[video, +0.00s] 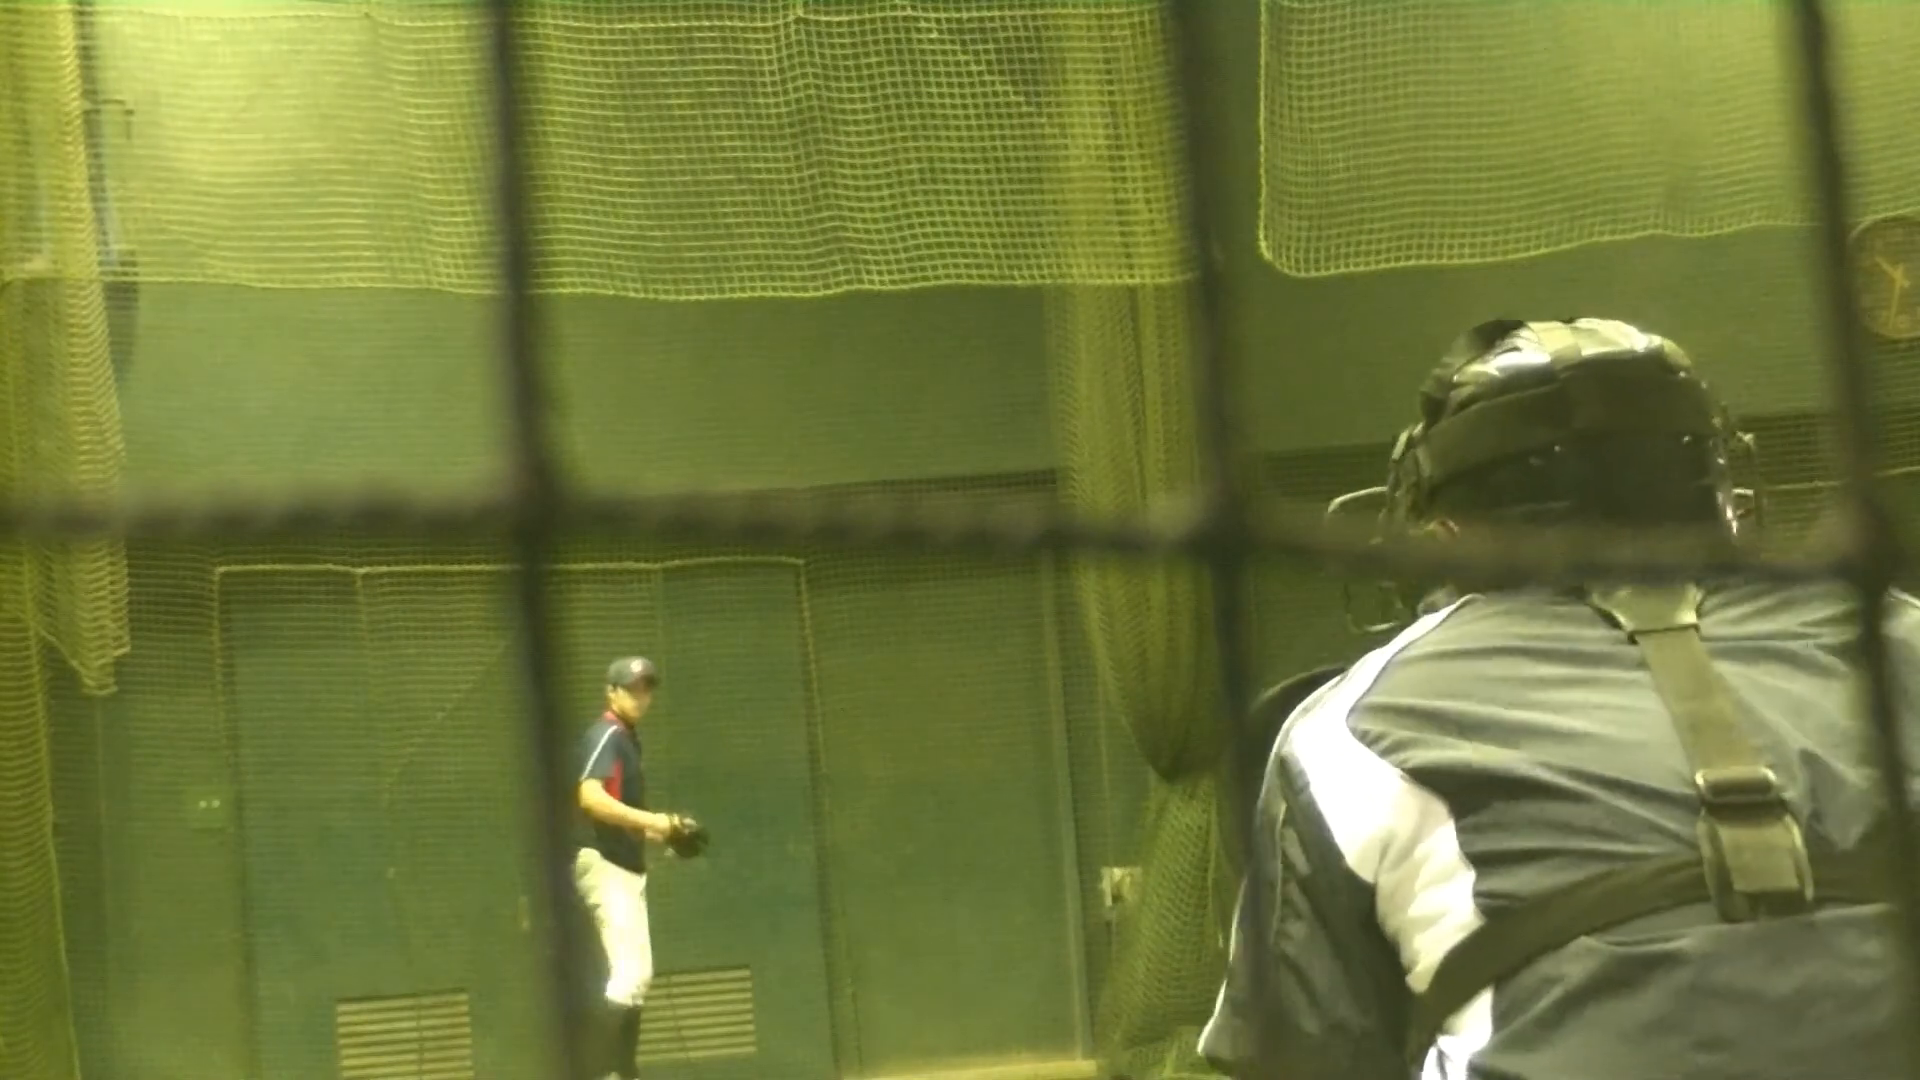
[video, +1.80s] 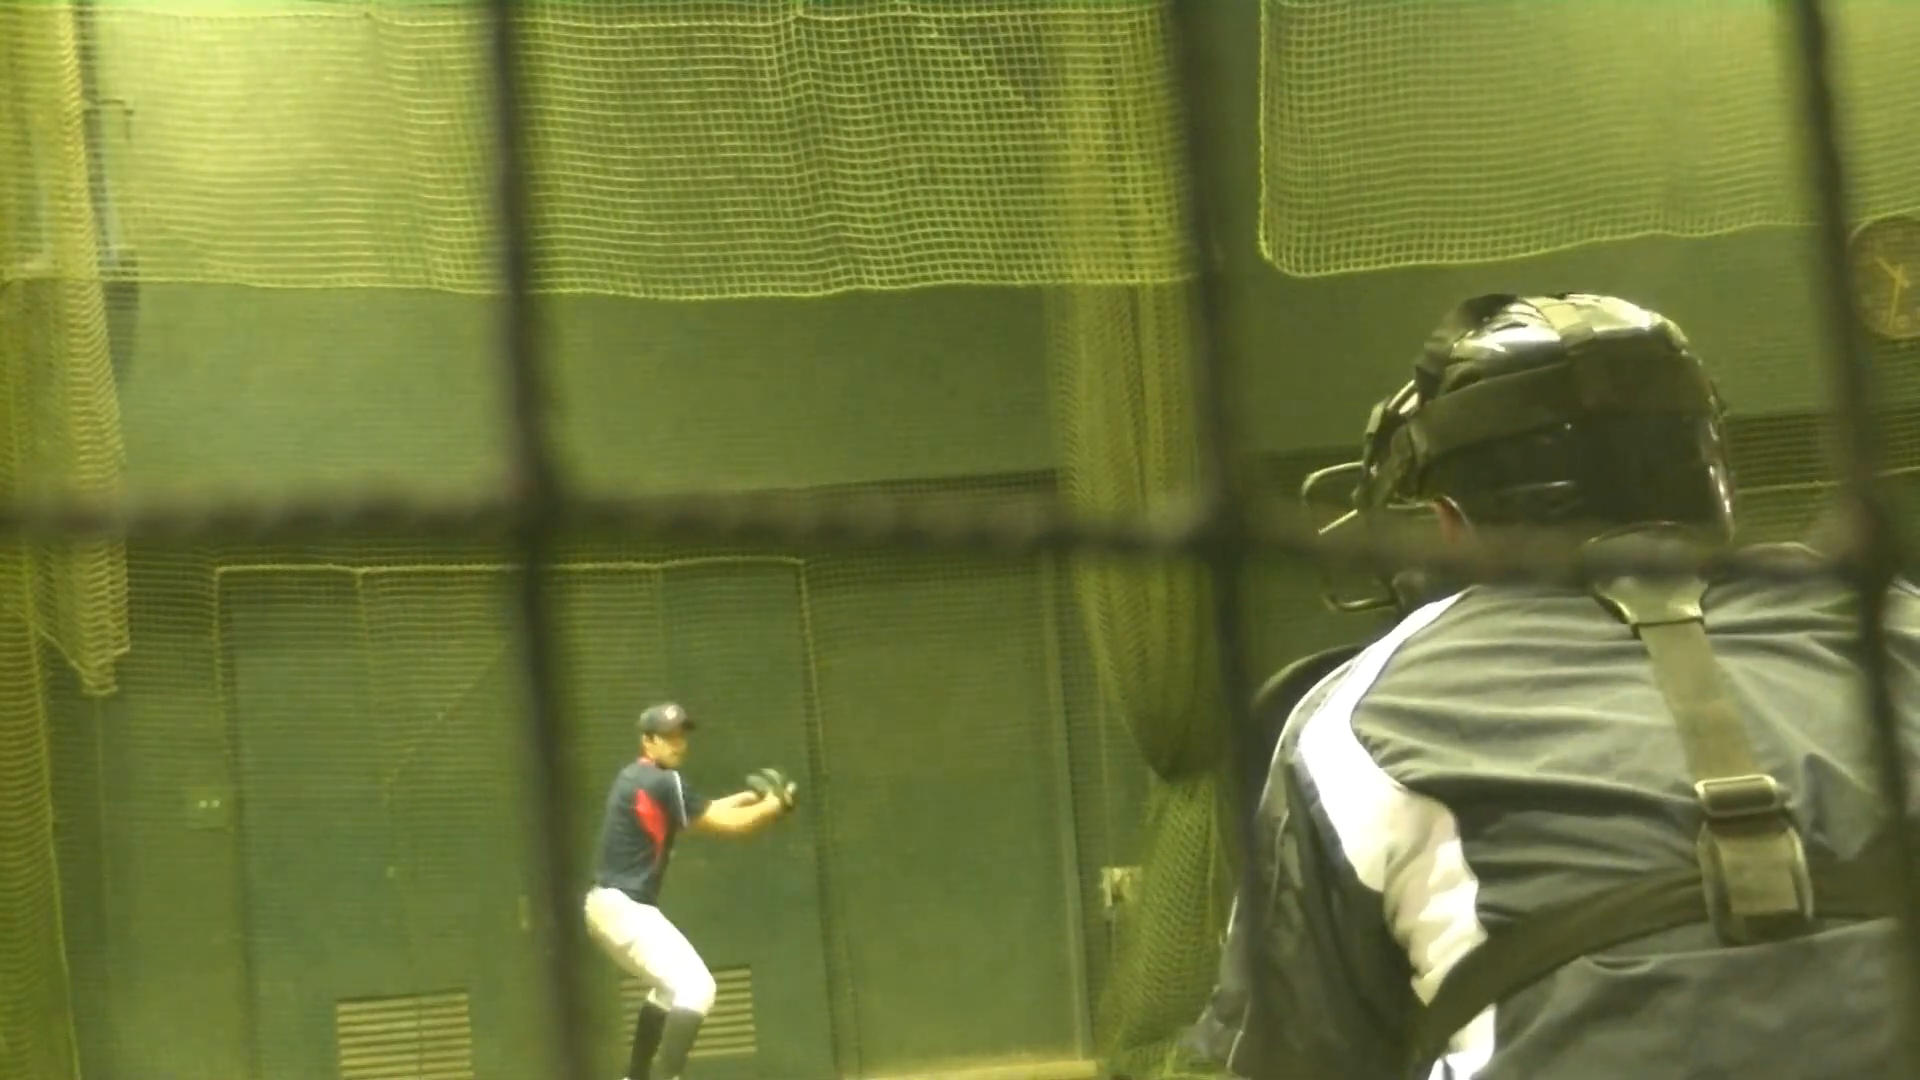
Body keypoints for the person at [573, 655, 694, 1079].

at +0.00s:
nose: (643, 698)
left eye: (648, 690)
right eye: (635, 690)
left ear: (651, 695)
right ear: (613, 692)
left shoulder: (626, 737)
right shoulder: (607, 734)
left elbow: (616, 809)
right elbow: (591, 797)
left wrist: (662, 831)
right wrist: (656, 822)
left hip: (623, 868)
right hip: (605, 866)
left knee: (633, 973)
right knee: (631, 972)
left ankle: (621, 1069)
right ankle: (604, 1070)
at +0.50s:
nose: (669, 706)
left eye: (672, 699)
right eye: (665, 698)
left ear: (646, 696)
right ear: (642, 694)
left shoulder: (634, 728)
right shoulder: (637, 727)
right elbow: (602, 763)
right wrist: (630, 824)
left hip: (613, 852)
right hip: (629, 852)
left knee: (636, 968)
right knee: (661, 955)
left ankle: (627, 1071)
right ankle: (672, 1060)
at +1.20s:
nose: (708, 717)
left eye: (710, 709)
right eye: (699, 709)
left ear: (678, 713)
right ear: (676, 710)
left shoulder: (660, 747)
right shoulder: (674, 751)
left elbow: (631, 813)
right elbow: (639, 809)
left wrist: (655, 878)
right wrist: (648, 878)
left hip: (626, 870)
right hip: (638, 871)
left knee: (662, 975)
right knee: (682, 979)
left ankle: (637, 1068)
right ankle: (666, 1072)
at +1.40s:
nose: (703, 731)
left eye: (706, 723)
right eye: (694, 723)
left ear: (710, 724)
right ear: (671, 723)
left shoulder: (656, 759)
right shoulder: (669, 764)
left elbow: (662, 845)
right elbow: (671, 838)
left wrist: (687, 895)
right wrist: (712, 900)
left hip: (616, 881)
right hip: (629, 883)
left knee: (659, 982)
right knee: (685, 982)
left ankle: (634, 1072)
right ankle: (667, 1072)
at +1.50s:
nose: (696, 734)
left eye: (699, 726)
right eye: (688, 726)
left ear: (702, 727)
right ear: (664, 727)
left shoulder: (649, 764)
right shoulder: (666, 769)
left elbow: (681, 846)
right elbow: (689, 842)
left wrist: (723, 887)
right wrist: (745, 892)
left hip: (613, 886)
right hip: (628, 888)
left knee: (661, 982)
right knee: (684, 983)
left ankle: (635, 1073)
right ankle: (668, 1072)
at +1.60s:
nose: (687, 735)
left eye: (690, 727)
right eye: (678, 727)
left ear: (691, 729)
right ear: (655, 730)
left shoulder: (644, 767)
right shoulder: (662, 773)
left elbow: (696, 836)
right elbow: (702, 836)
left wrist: (758, 859)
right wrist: (768, 866)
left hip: (611, 891)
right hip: (624, 893)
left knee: (663, 983)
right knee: (684, 983)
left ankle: (636, 1073)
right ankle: (665, 1073)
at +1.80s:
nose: (680, 744)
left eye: (682, 736)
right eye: (670, 737)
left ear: (683, 737)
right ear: (648, 741)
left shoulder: (637, 775)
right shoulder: (661, 782)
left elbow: (706, 811)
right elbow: (730, 827)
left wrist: (754, 793)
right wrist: (776, 805)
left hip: (608, 904)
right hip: (623, 905)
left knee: (671, 984)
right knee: (696, 987)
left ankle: (638, 1074)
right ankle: (668, 1073)